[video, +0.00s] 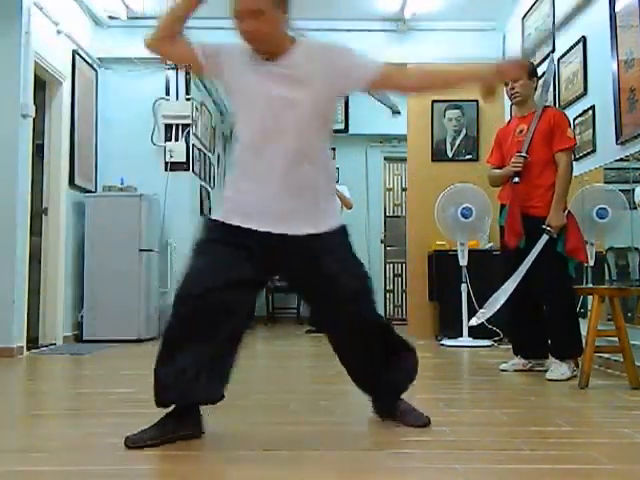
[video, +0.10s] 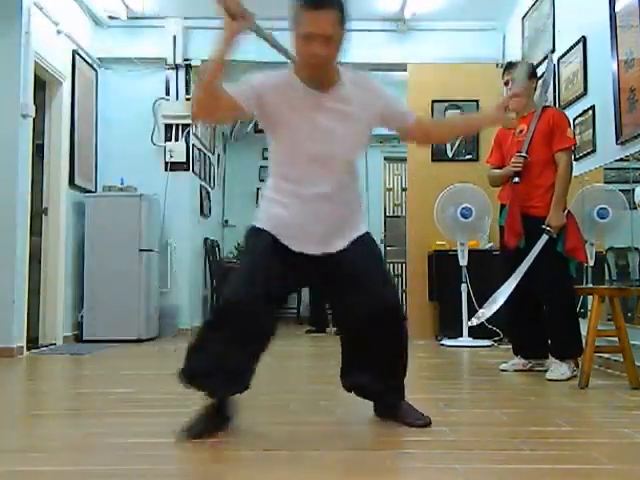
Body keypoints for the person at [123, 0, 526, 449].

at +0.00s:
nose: (243, 27)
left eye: (252, 16)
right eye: (238, 18)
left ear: (281, 13)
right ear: (236, 18)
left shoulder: (326, 60)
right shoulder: (230, 59)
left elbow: (406, 78)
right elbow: (161, 42)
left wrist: (485, 75)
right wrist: (190, 4)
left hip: (314, 223)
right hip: (240, 219)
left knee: (353, 311)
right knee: (197, 308)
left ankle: (388, 398)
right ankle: (184, 413)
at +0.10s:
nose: (316, 49)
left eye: (326, 40)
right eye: (308, 39)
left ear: (341, 43)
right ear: (293, 40)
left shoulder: (365, 93)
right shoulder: (271, 88)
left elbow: (424, 131)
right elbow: (204, 109)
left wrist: (493, 116)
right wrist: (227, 39)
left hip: (345, 232)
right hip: (279, 229)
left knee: (382, 311)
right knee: (243, 304)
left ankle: (389, 400)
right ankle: (218, 405)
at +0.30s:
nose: (403, 121)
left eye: (410, 112)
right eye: (394, 109)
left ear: (415, 114)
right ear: (367, 106)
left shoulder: (391, 154)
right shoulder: (342, 153)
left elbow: (415, 213)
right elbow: (388, 224)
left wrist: (444, 171)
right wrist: (441, 173)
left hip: (363, 262)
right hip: (312, 268)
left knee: (403, 310)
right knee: (330, 371)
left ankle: (394, 401)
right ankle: (338, 376)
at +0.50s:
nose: (417, 155)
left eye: (423, 146)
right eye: (409, 144)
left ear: (428, 144)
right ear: (379, 135)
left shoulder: (390, 176)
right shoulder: (357, 179)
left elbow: (406, 241)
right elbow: (415, 253)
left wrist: (431, 202)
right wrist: (491, 275)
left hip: (362, 273)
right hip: (320, 284)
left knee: (408, 307)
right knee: (361, 357)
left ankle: (395, 402)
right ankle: (339, 383)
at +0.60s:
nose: (420, 131)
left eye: (425, 123)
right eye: (413, 119)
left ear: (428, 125)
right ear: (380, 112)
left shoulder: (391, 160)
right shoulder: (348, 156)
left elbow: (407, 224)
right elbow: (390, 233)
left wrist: (443, 183)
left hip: (358, 262)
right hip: (311, 267)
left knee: (400, 311)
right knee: (341, 338)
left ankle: (397, 403)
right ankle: (346, 391)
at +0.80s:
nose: (374, 77)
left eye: (377, 67)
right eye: (367, 64)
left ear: (376, 69)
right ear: (332, 55)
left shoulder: (364, 120)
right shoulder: (285, 106)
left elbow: (406, 166)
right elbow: (303, 166)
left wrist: (473, 141)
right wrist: (332, 104)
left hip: (329, 245)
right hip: (271, 243)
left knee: (377, 316)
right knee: (261, 318)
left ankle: (394, 404)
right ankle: (271, 394)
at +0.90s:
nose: (335, 71)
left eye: (338, 61)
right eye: (326, 59)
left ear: (339, 60)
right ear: (288, 52)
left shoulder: (330, 105)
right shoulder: (251, 92)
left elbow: (350, 151)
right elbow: (251, 54)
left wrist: (375, 146)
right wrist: (281, 11)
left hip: (307, 242)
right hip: (238, 237)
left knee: (360, 322)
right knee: (204, 320)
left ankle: (390, 399)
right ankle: (163, 428)